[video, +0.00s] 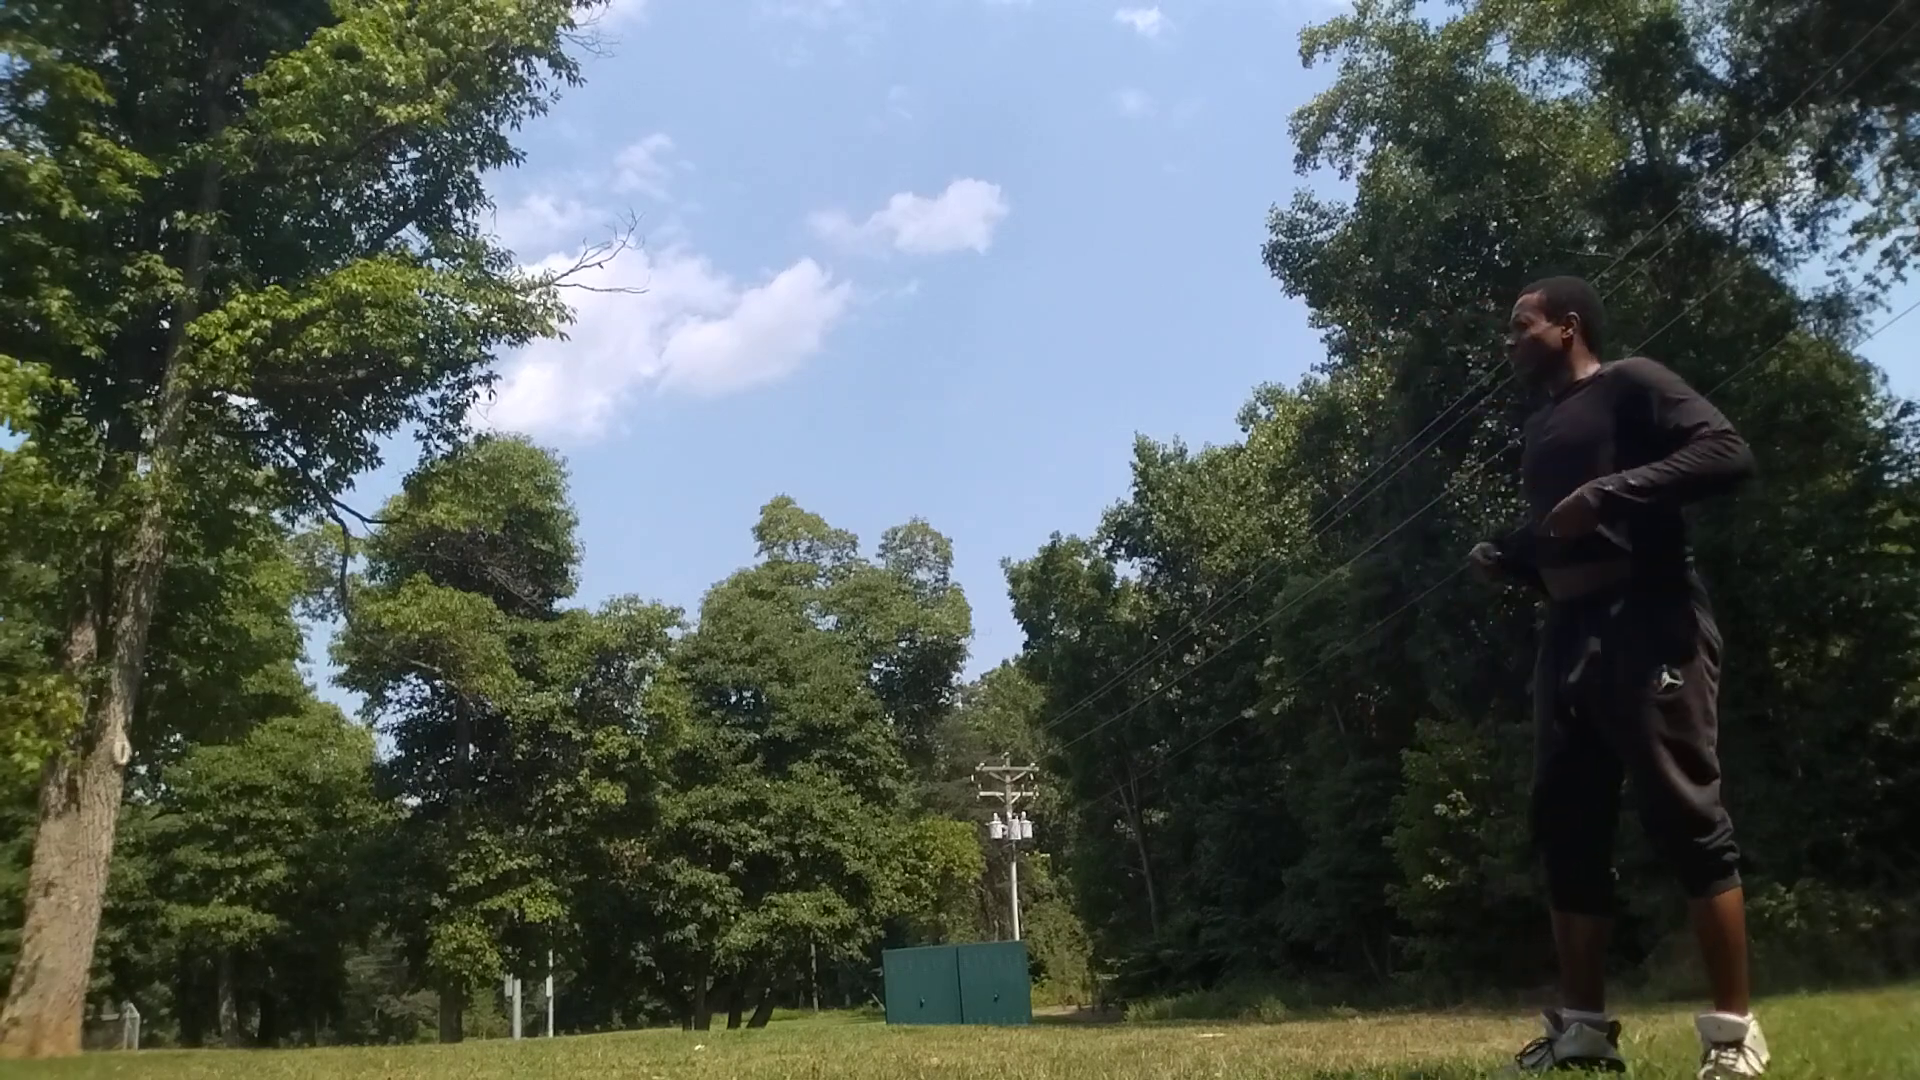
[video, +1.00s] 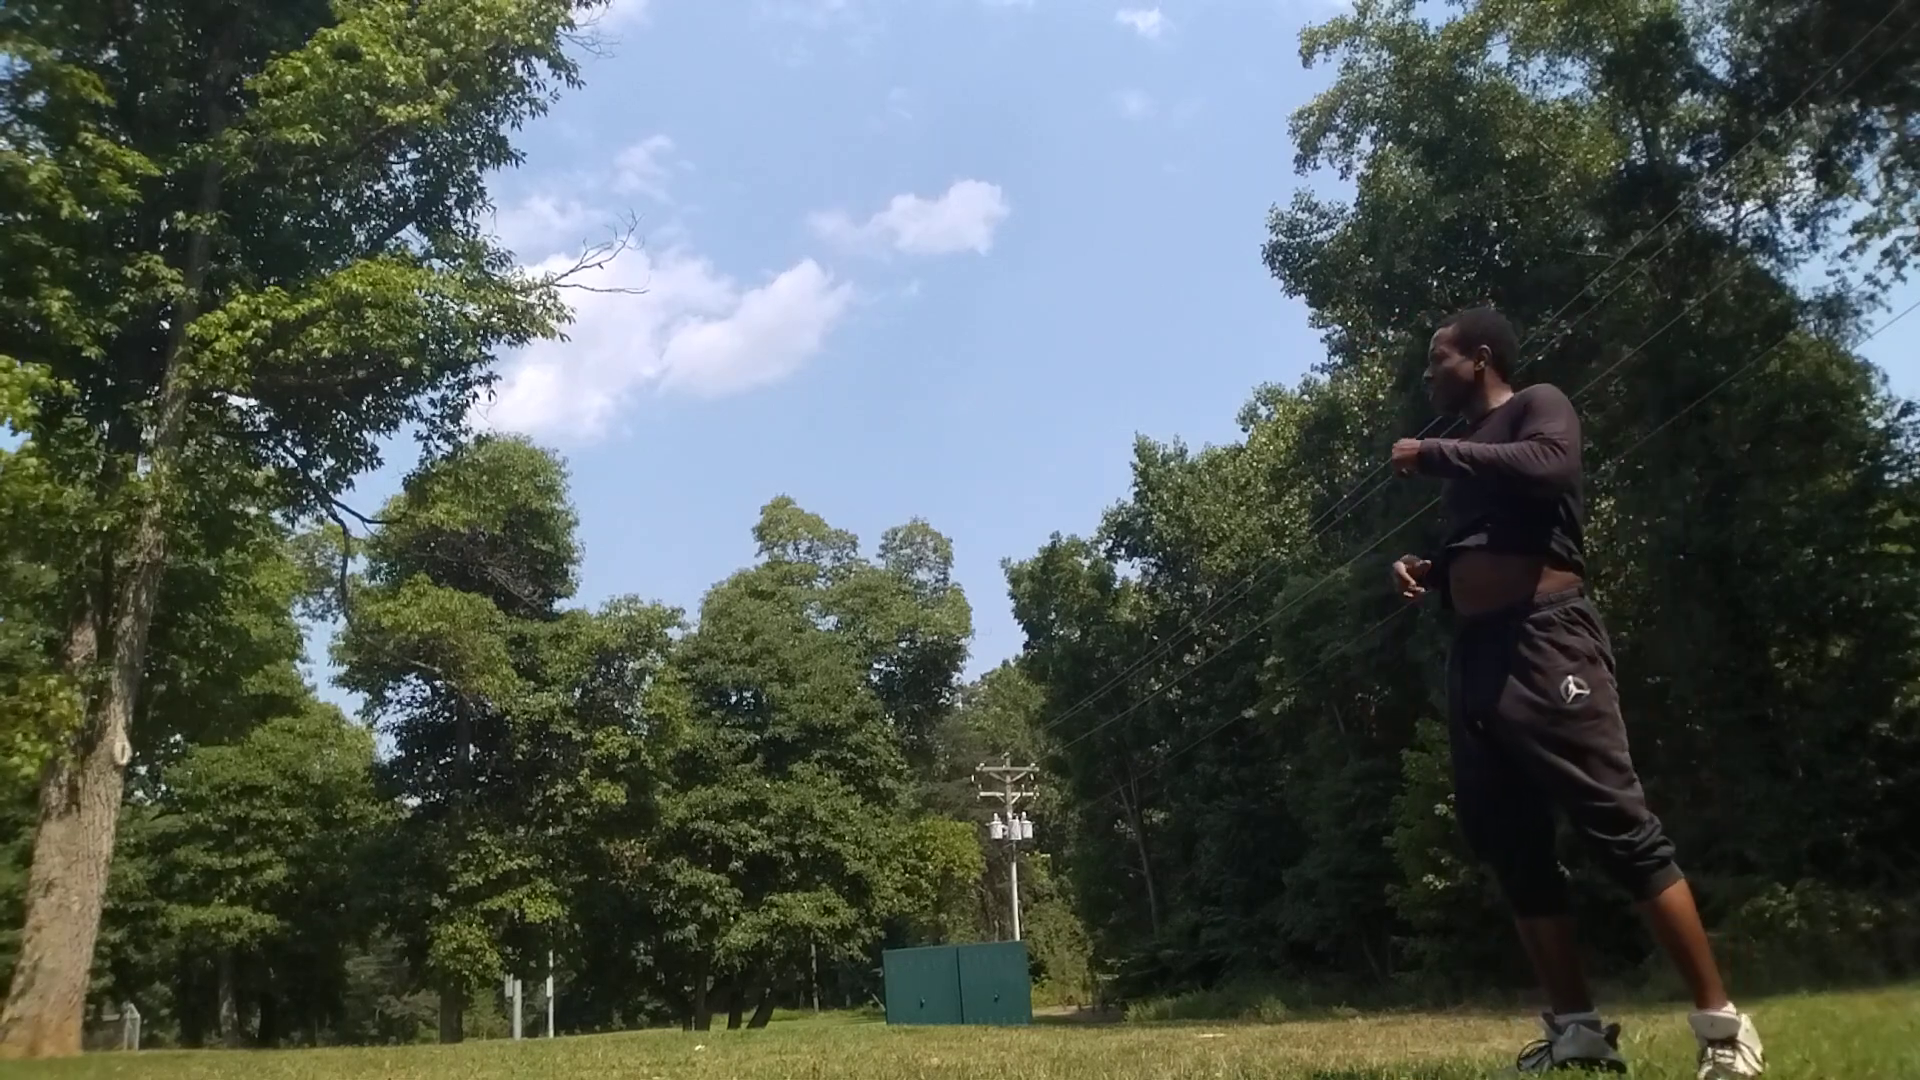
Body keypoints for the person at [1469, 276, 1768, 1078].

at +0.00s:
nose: (1511, 341)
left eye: (1522, 326)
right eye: (1511, 330)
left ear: (1567, 326)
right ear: (1555, 330)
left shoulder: (1633, 379)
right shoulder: (1542, 426)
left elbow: (1726, 450)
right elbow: (1567, 537)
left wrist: (1604, 492)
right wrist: (1510, 555)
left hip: (1654, 630)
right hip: (1572, 639)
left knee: (1691, 822)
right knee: (1566, 825)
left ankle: (1733, 1034)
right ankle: (1582, 1028)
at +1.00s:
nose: (1429, 371)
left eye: (1437, 358)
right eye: (1429, 361)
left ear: (1479, 358)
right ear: (1467, 362)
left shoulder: (1539, 403)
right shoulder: (1456, 448)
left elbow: (1554, 464)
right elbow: (1476, 548)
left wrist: (1441, 453)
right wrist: (1426, 565)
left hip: (1550, 637)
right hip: (1479, 652)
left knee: (1628, 835)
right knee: (1512, 844)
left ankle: (1723, 1031)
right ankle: (1574, 1032)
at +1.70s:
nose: (1384, 376)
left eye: (1394, 358)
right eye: (1381, 367)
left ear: (1436, 360)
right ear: (1397, 383)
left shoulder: (1483, 418)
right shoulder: (1403, 469)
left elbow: (1429, 355)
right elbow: (1405, 574)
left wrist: (1354, 397)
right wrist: (1346, 584)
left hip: (1510, 628)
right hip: (1439, 651)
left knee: (1564, 822)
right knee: (1494, 839)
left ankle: (1666, 1015)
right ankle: (1574, 1029)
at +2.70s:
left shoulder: (1574, 338)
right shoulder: (1442, 388)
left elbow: (1556, 235)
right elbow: (1417, 485)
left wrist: (1460, 320)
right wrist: (1395, 506)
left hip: (1574, 585)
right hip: (1466, 600)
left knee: (1591, 810)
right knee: (1466, 806)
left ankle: (1609, 1035)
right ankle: (1511, 1029)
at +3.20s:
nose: (1505, 256)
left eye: (1523, 238)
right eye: (1492, 243)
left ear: (1563, 244)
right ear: (1476, 252)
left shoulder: (1617, 303)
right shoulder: (1443, 341)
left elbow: (1710, 214)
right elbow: (1324, 418)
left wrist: (1566, 246)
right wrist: (1353, 338)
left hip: (1621, 574)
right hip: (1515, 586)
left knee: (1626, 798)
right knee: (1597, 799)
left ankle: (1613, 1019)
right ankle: (1669, 1036)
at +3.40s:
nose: (1490, 212)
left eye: (1505, 194)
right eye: (1474, 202)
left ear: (1549, 200)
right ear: (1461, 222)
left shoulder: (1630, 276)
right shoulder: (1434, 310)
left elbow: (1785, 310)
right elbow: (1296, 335)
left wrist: (1724, 317)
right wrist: (1384, 251)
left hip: (1639, 557)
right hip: (1523, 574)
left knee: (1697, 782)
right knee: (1595, 797)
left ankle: (1607, 976)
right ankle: (1669, 1031)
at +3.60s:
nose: (1503, 181)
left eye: (1514, 163)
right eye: (1485, 173)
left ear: (1555, 173)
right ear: (1469, 198)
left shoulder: (1639, 257)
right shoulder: (1442, 275)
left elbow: (1722, 360)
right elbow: (1318, 217)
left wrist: (1793, 427)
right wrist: (1438, 169)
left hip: (1660, 531)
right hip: (1534, 553)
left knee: (1751, 755)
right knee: (1594, 788)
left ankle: (1749, 992)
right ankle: (1667, 1028)